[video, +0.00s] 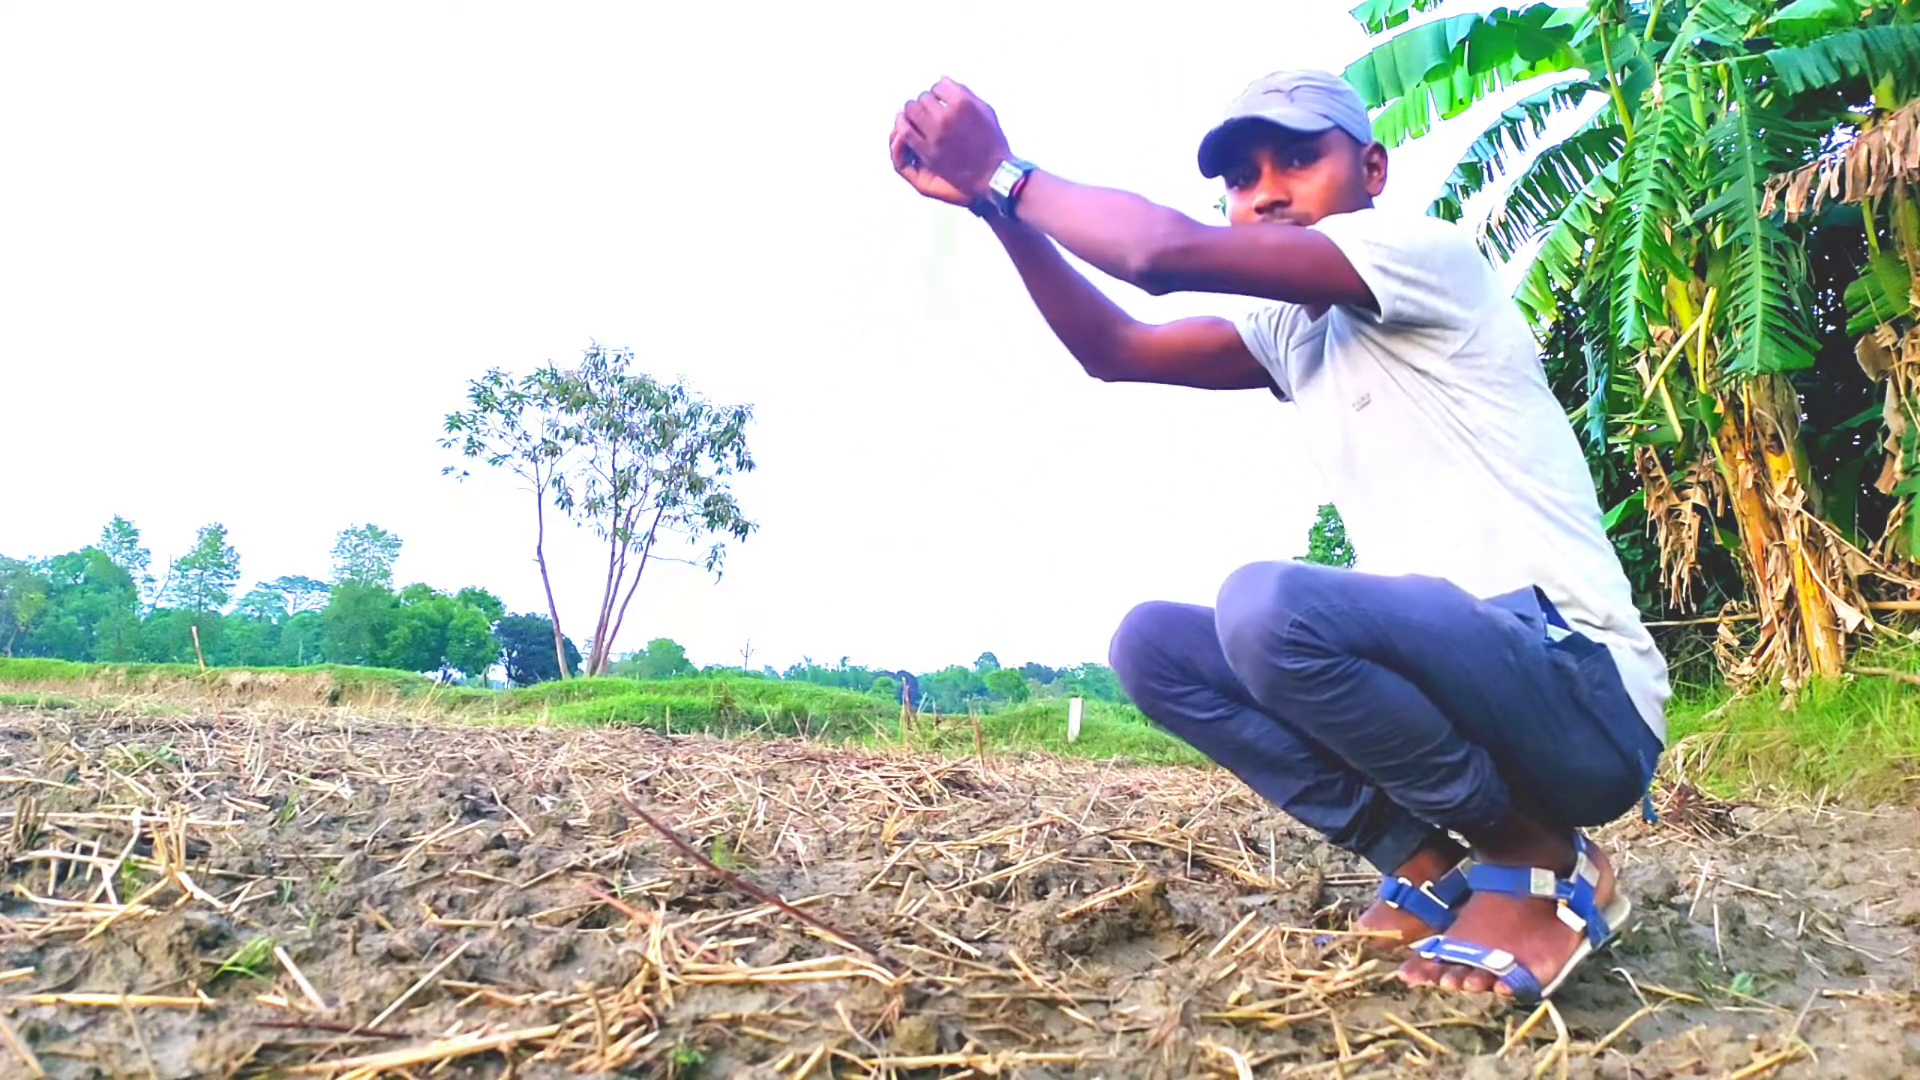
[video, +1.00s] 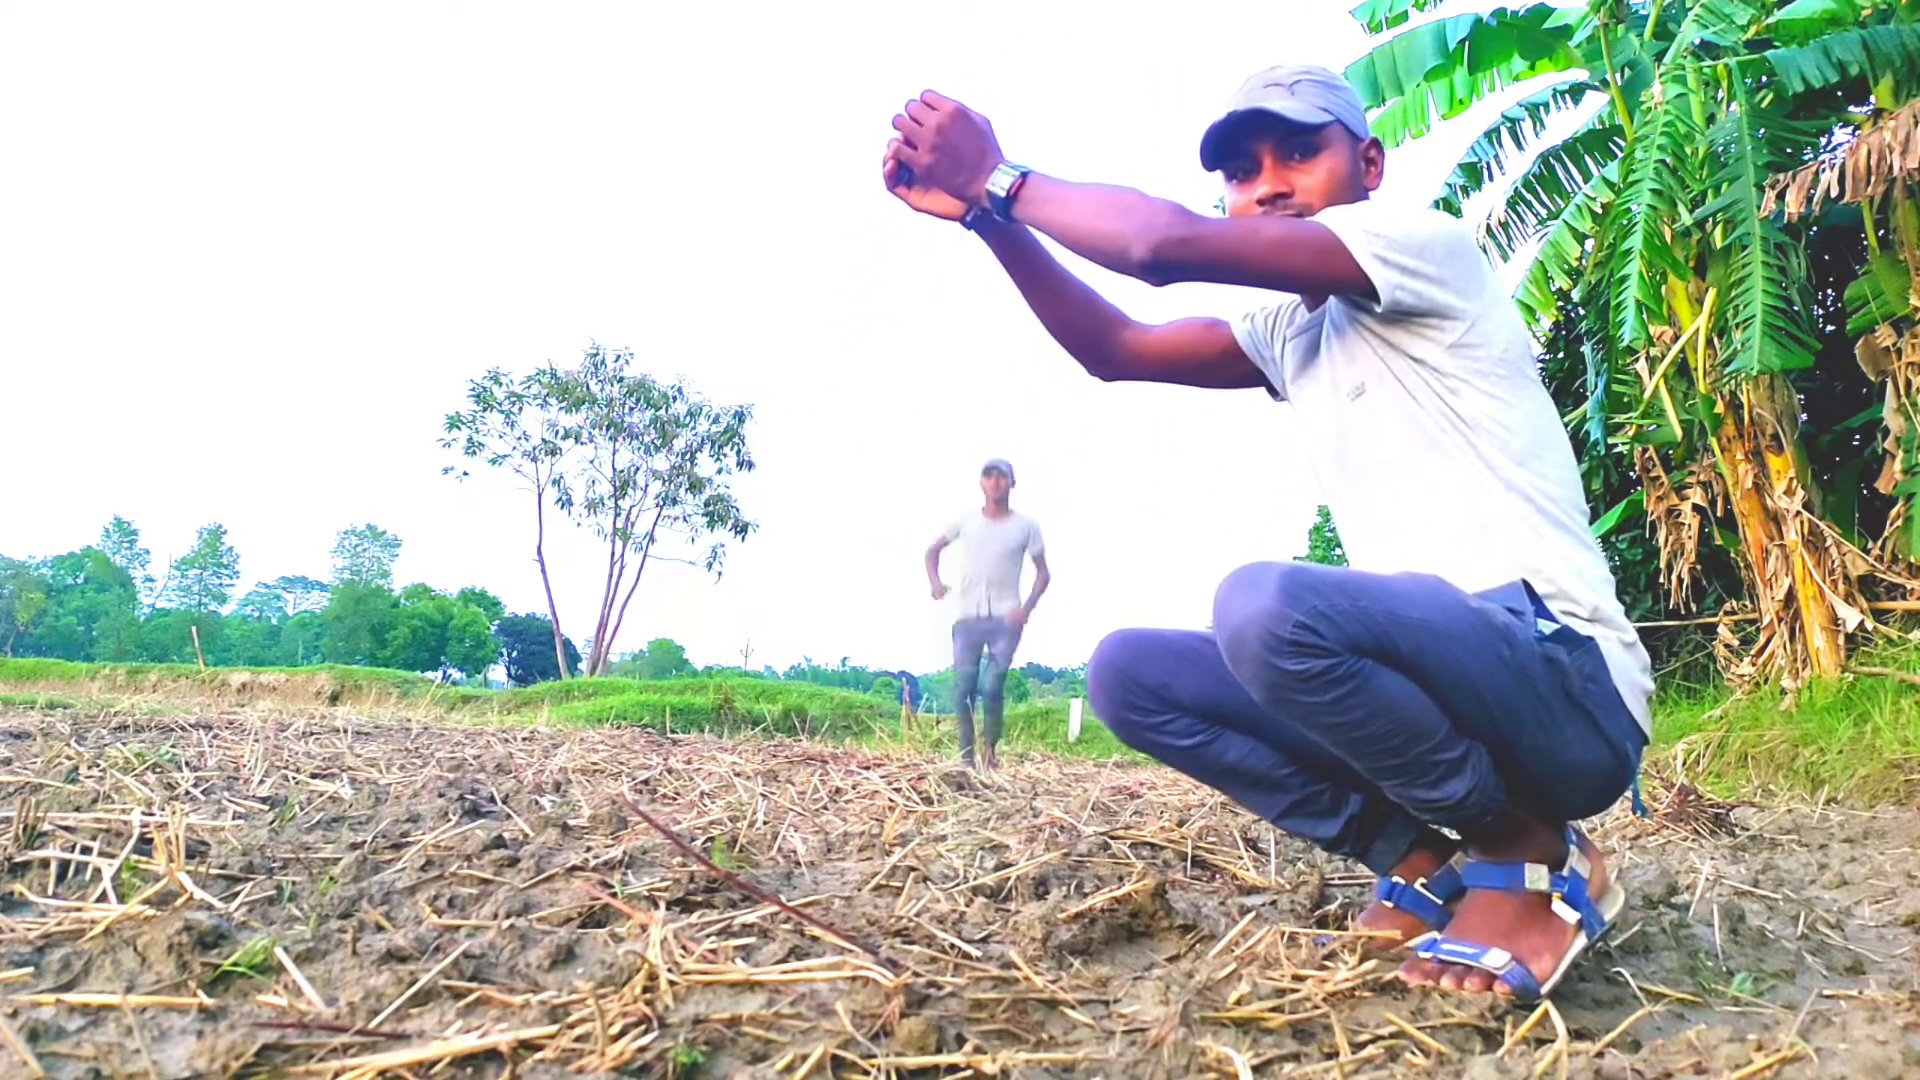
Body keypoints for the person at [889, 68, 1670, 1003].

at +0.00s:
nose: (1266, 193)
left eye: (1299, 155)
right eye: (1241, 178)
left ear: (1372, 168)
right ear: (1221, 200)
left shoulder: (1427, 256)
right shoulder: (1298, 330)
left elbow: (1165, 251)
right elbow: (1115, 349)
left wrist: (1001, 173)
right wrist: (998, 208)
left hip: (1580, 684)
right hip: (1460, 692)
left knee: (1269, 608)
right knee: (1155, 644)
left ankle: (1538, 857)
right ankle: (1434, 860)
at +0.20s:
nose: (1268, 195)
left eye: (1299, 158)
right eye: (1242, 182)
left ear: (1373, 169)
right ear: (1228, 205)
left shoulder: (1426, 256)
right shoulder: (1298, 331)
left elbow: (1164, 251)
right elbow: (1117, 350)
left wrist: (995, 182)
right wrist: (993, 213)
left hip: (1579, 684)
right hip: (1461, 695)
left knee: (1273, 607)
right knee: (1151, 649)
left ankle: (1537, 854)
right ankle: (1436, 858)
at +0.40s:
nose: (1267, 195)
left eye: (1298, 160)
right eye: (1240, 182)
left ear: (1370, 172)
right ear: (1226, 207)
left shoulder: (1423, 258)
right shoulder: (1298, 336)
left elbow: (1164, 254)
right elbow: (1117, 355)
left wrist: (992, 190)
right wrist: (989, 219)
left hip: (1576, 683)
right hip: (1456, 695)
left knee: (1272, 604)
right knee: (1147, 654)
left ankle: (1532, 853)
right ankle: (1435, 858)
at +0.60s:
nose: (1264, 195)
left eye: (1295, 159)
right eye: (1237, 180)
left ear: (1367, 171)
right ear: (1224, 204)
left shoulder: (1423, 255)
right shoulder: (1295, 334)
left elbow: (1161, 253)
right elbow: (1115, 355)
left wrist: (991, 191)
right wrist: (989, 220)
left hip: (1571, 680)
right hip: (1447, 694)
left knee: (1267, 606)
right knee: (1139, 664)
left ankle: (1529, 849)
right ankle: (1430, 857)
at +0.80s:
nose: (1264, 190)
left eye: (1296, 155)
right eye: (1237, 175)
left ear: (1368, 167)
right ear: (1225, 200)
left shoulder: (1422, 251)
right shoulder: (1294, 331)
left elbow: (1161, 250)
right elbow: (1114, 353)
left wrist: (993, 190)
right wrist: (989, 223)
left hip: (1568, 677)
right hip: (1443, 693)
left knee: (1265, 608)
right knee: (1134, 671)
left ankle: (1530, 852)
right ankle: (1426, 862)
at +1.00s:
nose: (1268, 183)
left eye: (1300, 149)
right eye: (1241, 168)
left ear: (1371, 164)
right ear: (1228, 193)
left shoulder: (1425, 246)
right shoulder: (1297, 330)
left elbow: (1158, 243)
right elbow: (1114, 348)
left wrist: (995, 179)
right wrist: (992, 219)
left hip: (1565, 674)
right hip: (1441, 689)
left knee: (1266, 610)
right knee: (1129, 674)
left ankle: (1529, 851)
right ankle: (1424, 857)